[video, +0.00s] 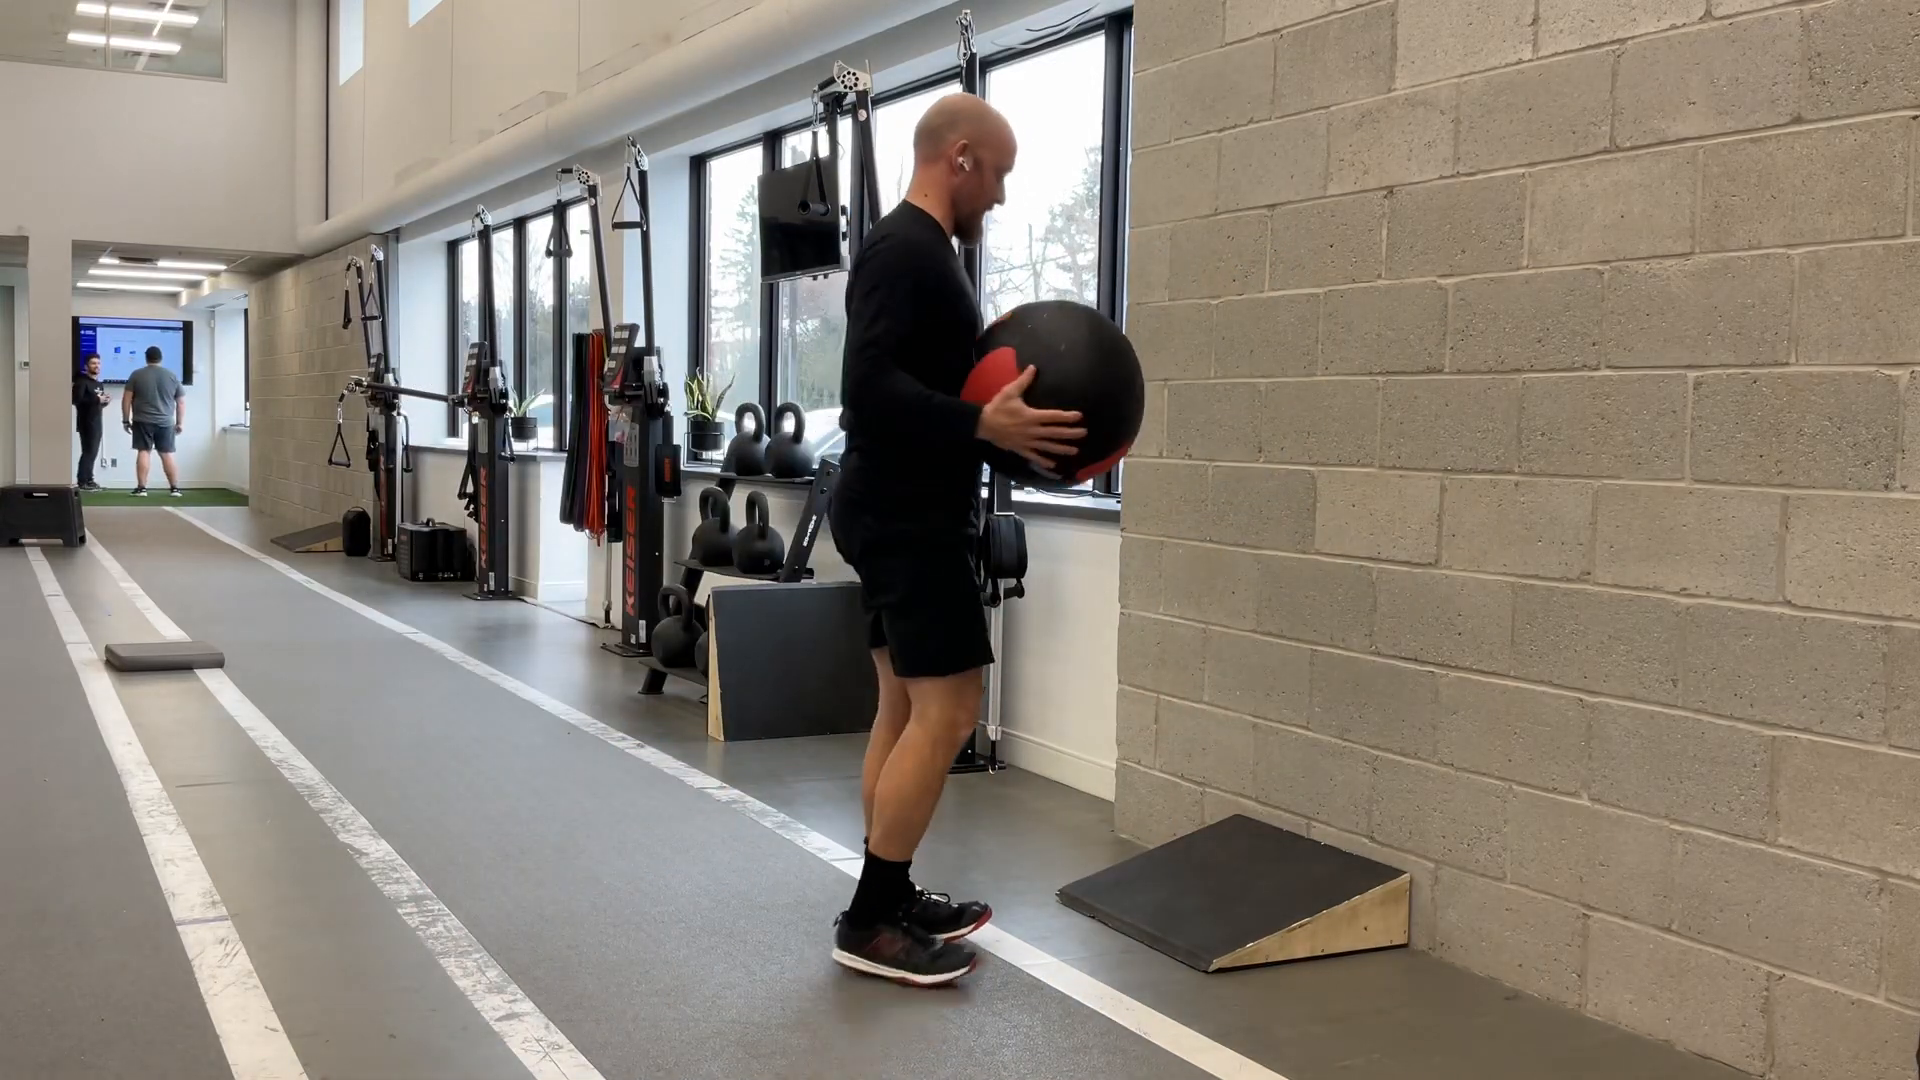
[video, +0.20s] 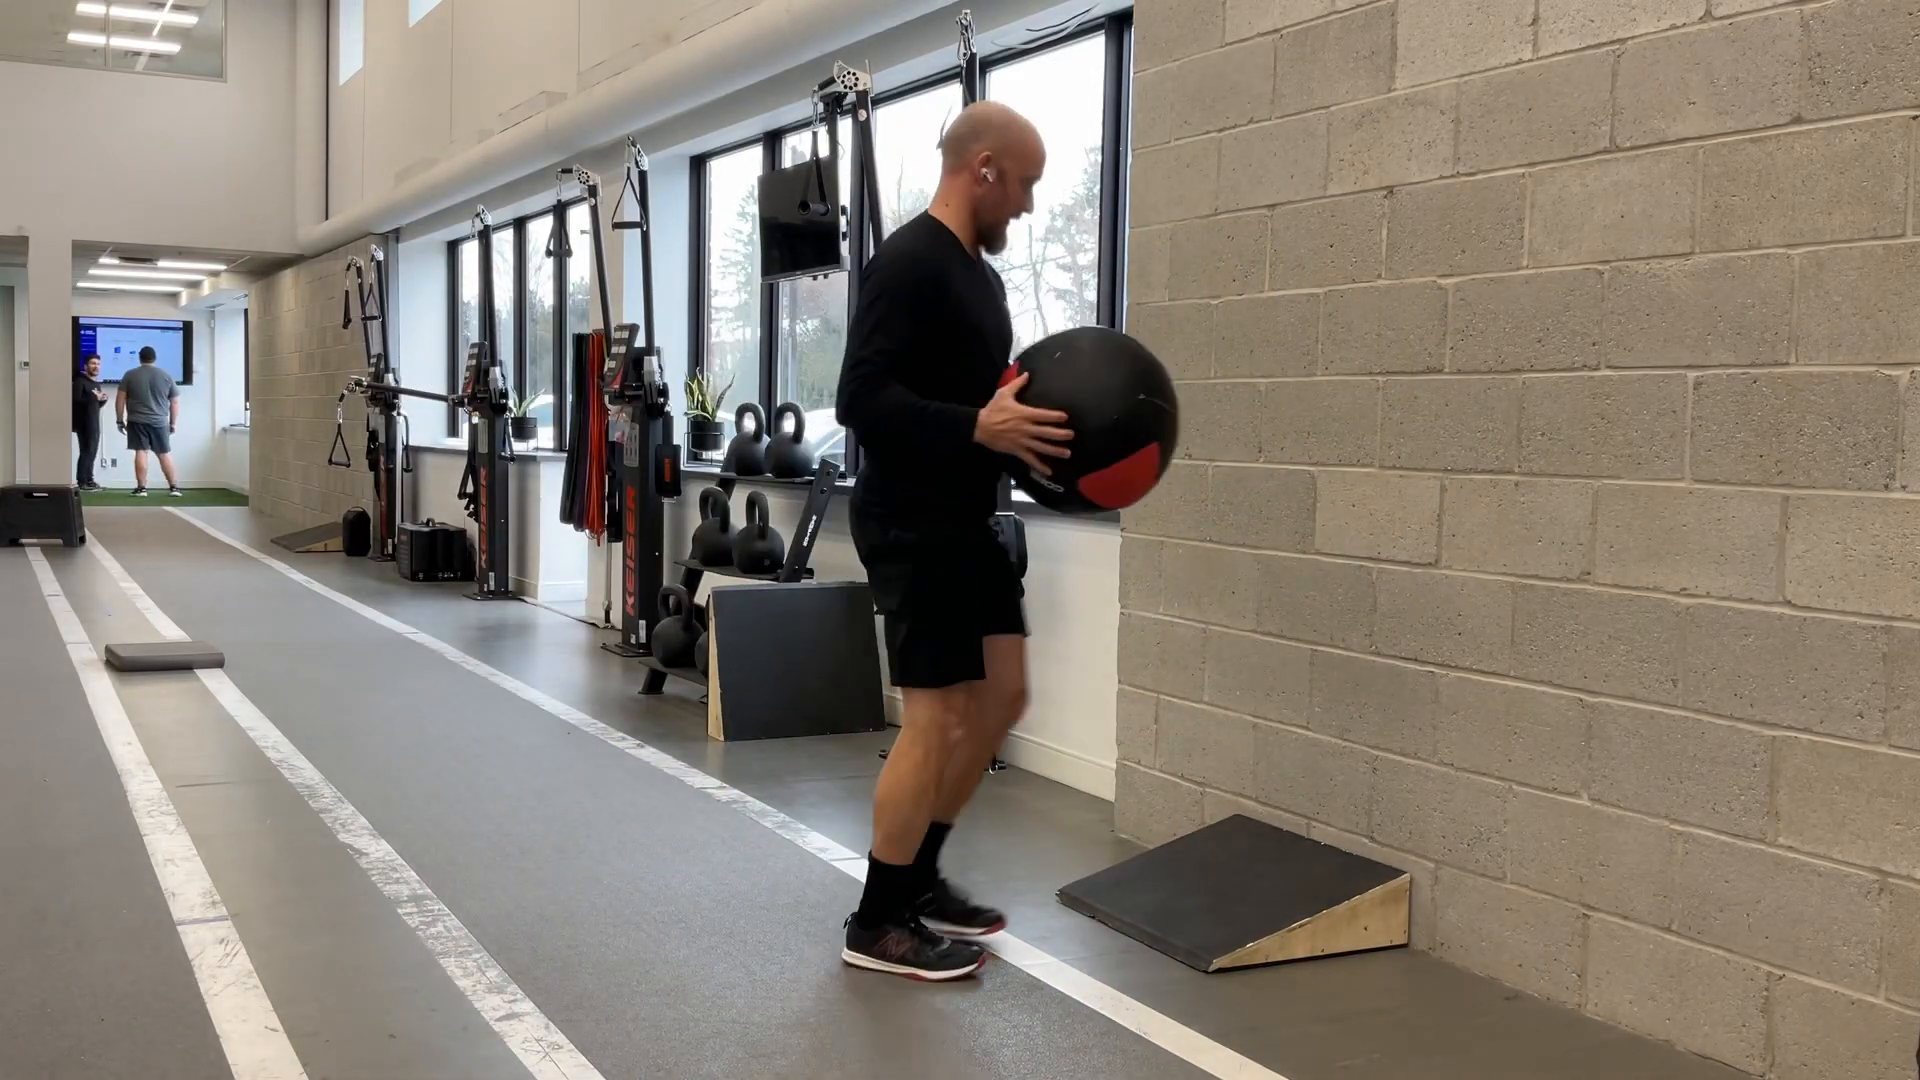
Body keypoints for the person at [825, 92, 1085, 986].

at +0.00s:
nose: (1000, 194)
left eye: (1003, 177)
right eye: (997, 174)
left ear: (948, 160)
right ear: (956, 162)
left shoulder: (926, 249)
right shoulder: (905, 250)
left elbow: (948, 382)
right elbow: (872, 390)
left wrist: (1053, 424)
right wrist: (981, 420)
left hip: (902, 507)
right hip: (908, 512)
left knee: (903, 708)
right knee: (948, 710)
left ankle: (891, 896)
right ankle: (870, 920)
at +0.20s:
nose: (1027, 206)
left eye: (1031, 190)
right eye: (1025, 188)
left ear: (979, 173)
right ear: (982, 172)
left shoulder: (977, 274)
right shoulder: (908, 263)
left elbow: (987, 400)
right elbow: (860, 403)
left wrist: (1073, 450)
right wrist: (976, 424)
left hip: (969, 523)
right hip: (913, 527)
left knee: (999, 696)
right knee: (935, 720)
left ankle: (917, 877)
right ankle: (877, 921)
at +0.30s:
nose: (1045, 210)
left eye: (1049, 194)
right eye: (1043, 192)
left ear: (997, 178)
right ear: (998, 177)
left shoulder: (1005, 282)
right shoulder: (914, 267)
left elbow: (1009, 404)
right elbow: (890, 419)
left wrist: (1100, 438)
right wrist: (1005, 410)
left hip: (988, 519)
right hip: (919, 527)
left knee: (1053, 685)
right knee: (943, 721)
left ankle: (978, 855)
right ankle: (879, 919)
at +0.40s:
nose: (1072, 215)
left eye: (1077, 199)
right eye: (1069, 197)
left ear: (1024, 185)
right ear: (1021, 183)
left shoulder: (1035, 284)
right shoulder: (939, 274)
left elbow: (1041, 406)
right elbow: (931, 409)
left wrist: (1130, 453)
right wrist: (1053, 407)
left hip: (1013, 513)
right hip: (938, 522)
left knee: (1093, 674)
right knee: (951, 720)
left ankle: (1071, 842)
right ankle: (883, 917)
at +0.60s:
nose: (1163, 241)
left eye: (1168, 226)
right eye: (1156, 224)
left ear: (1116, 213)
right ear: (1103, 208)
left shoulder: (1116, 305)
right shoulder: (1025, 291)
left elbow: (1091, 421)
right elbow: (1028, 422)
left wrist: (1161, 452)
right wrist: (1135, 421)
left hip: (1079, 519)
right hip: (999, 527)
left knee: (1141, 674)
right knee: (997, 710)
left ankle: (1143, 842)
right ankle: (900, 901)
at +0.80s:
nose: (1232, 304)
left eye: (1241, 290)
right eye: (1224, 287)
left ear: (1196, 268)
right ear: (1178, 261)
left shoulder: (1187, 324)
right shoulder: (1102, 332)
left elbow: (1158, 432)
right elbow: (1120, 468)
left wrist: (1224, 447)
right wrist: (1209, 439)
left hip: (1118, 510)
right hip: (1043, 512)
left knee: (1178, 674)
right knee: (1121, 672)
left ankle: (1144, 845)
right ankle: (1040, 849)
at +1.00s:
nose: (1257, 357)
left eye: (1269, 345)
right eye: (1251, 340)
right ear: (1210, 305)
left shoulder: (1208, 359)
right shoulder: (1139, 361)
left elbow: (1188, 447)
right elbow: (1149, 497)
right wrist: (1223, 460)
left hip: (1141, 524)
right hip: (1071, 527)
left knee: (1207, 680)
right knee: (1178, 676)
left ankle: (1149, 837)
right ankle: (1108, 845)